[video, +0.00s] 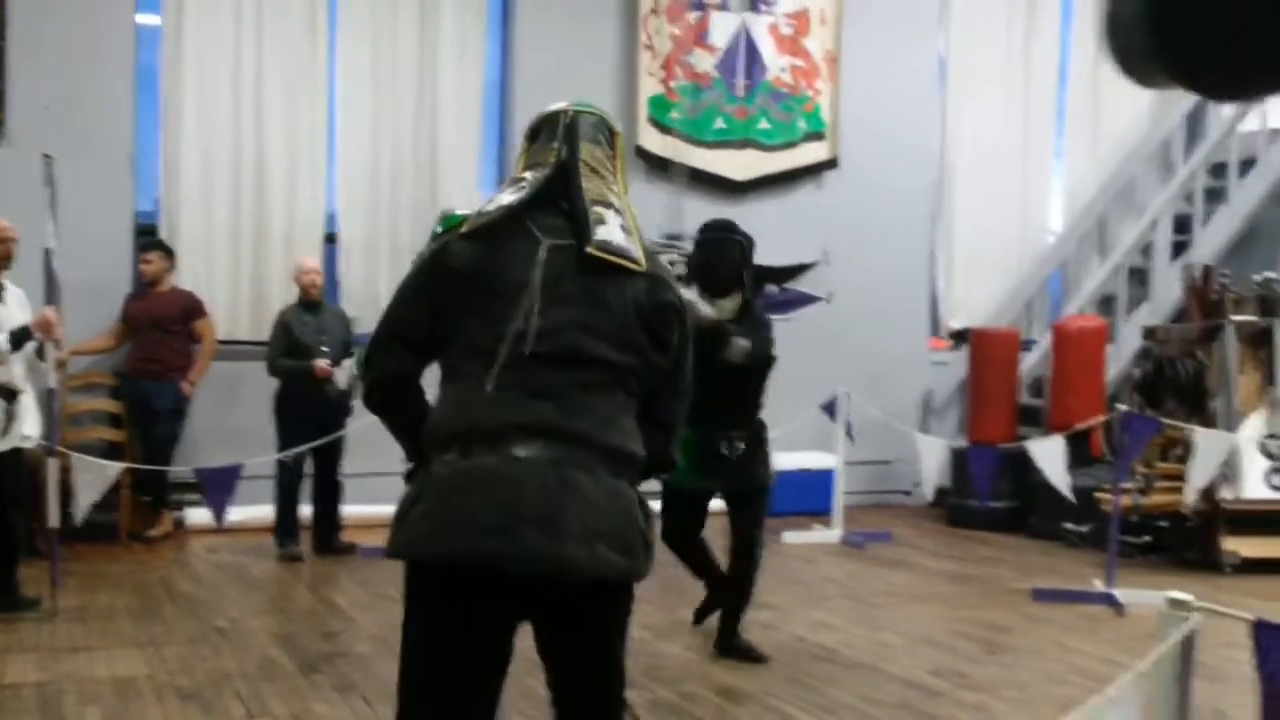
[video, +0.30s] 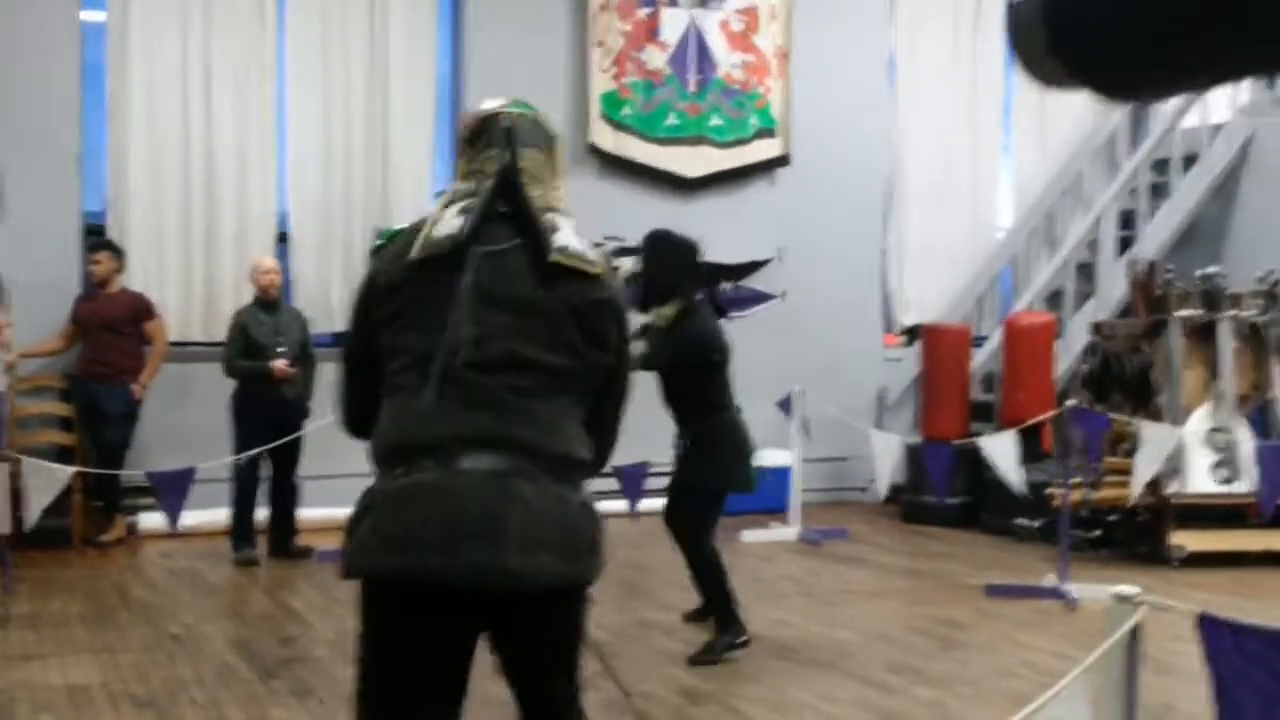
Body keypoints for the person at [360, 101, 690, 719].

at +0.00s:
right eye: (606, 162)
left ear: (527, 163)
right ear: (613, 170)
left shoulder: (463, 250)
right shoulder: (651, 281)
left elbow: (386, 375)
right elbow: (661, 435)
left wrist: (439, 452)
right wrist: (596, 466)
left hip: (461, 517)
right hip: (589, 526)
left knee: (439, 706)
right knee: (592, 708)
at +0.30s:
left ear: (463, 164)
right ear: (551, 169)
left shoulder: (400, 259)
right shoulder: (588, 278)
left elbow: (360, 411)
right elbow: (596, 441)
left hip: (415, 530)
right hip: (541, 535)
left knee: (402, 706)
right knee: (554, 705)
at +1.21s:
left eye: (428, 207)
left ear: (426, 212)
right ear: (507, 218)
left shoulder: (375, 279)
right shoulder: (546, 306)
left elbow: (337, 404)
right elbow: (557, 435)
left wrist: (398, 436)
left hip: (387, 506)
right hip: (498, 516)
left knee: (356, 690)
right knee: (475, 669)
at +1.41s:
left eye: (389, 204)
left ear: (378, 213)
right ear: (462, 214)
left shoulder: (329, 295)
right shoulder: (511, 313)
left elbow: (333, 407)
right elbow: (520, 444)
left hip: (350, 541)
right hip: (462, 546)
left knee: (305, 707)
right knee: (446, 673)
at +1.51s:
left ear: (347, 209)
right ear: (433, 206)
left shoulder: (302, 300)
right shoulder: (484, 308)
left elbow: (287, 409)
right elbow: (489, 431)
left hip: (332, 567)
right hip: (443, 568)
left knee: (284, 708)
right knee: (432, 686)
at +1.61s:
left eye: (320, 179)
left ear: (318, 192)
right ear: (410, 195)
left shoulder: (269, 285)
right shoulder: (462, 304)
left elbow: (232, 385)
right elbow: (462, 421)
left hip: (304, 573)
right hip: (425, 578)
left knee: (260, 707)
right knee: (430, 706)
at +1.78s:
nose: (283, 182)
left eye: (288, 168)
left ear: (301, 177)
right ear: (397, 182)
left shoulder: (259, 270)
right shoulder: (429, 287)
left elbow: (178, 374)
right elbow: (473, 378)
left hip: (287, 582)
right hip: (414, 591)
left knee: (233, 706)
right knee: (422, 705)